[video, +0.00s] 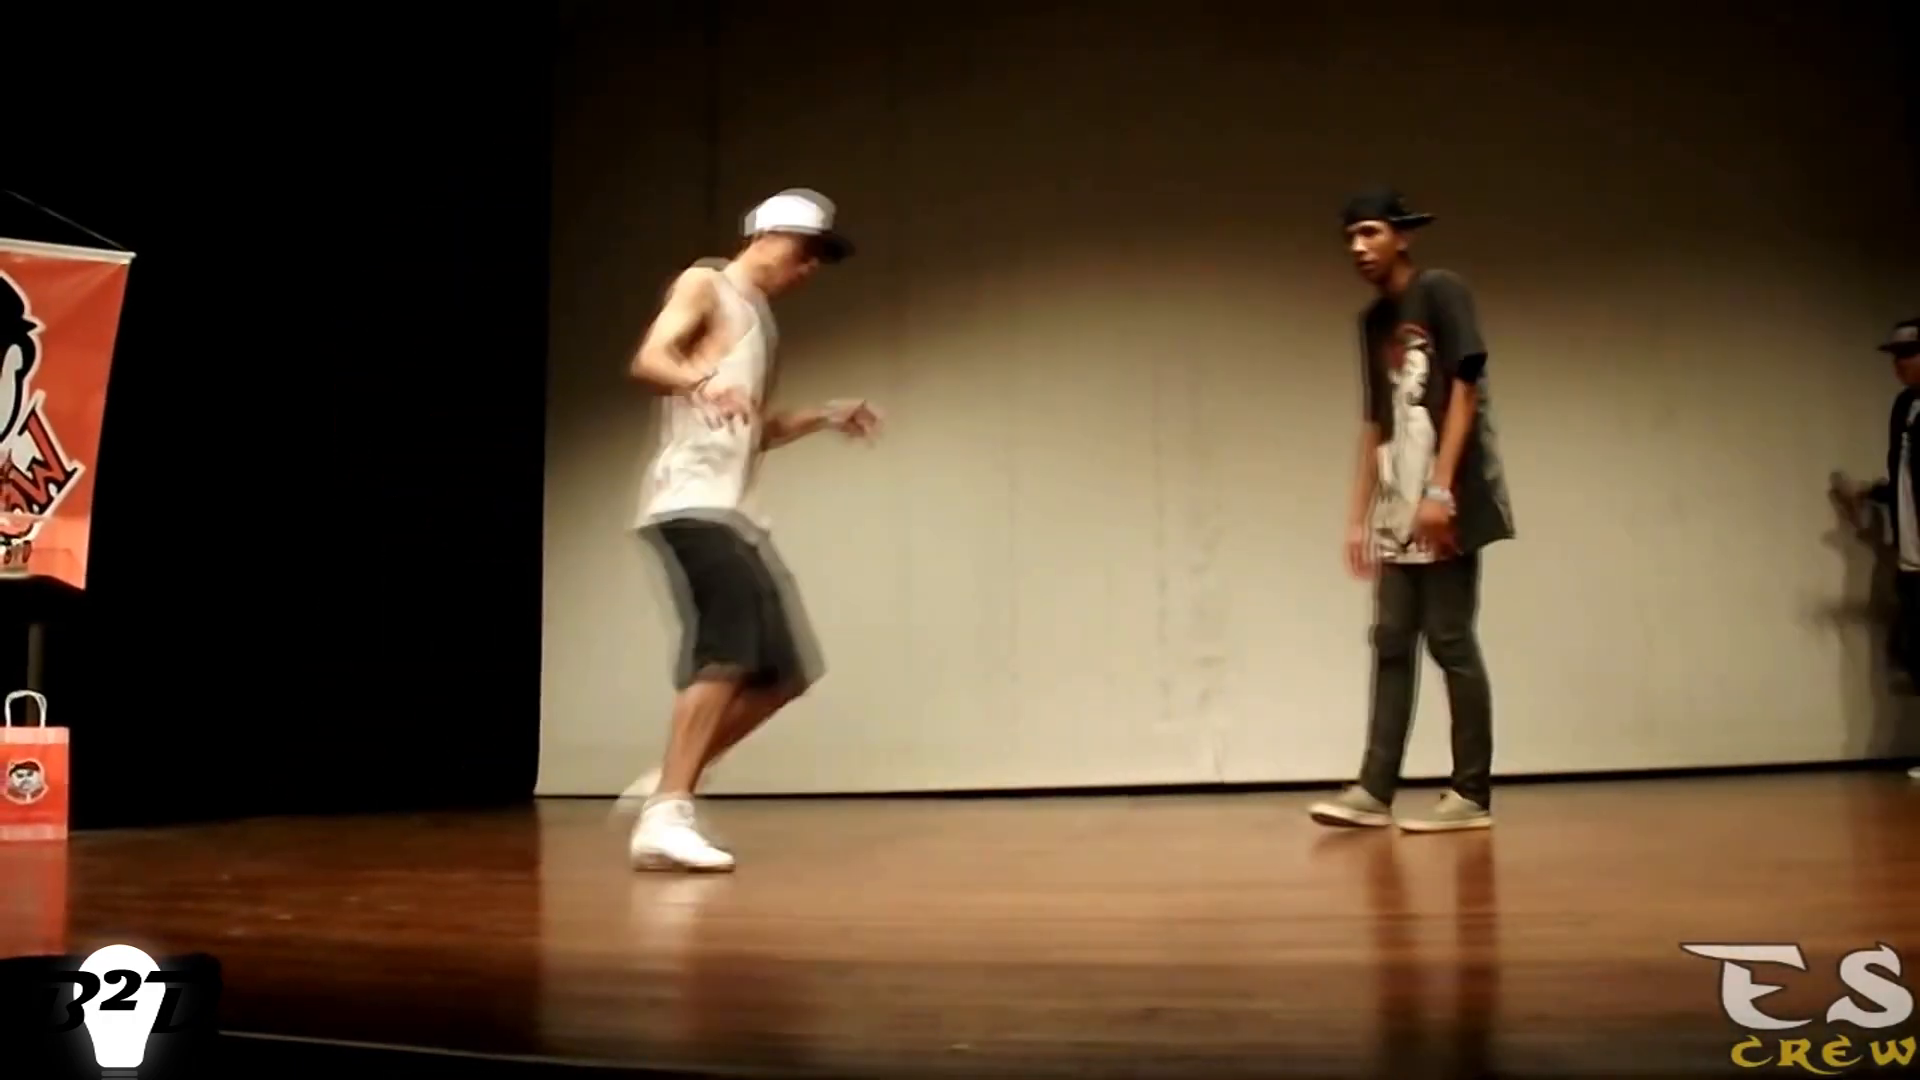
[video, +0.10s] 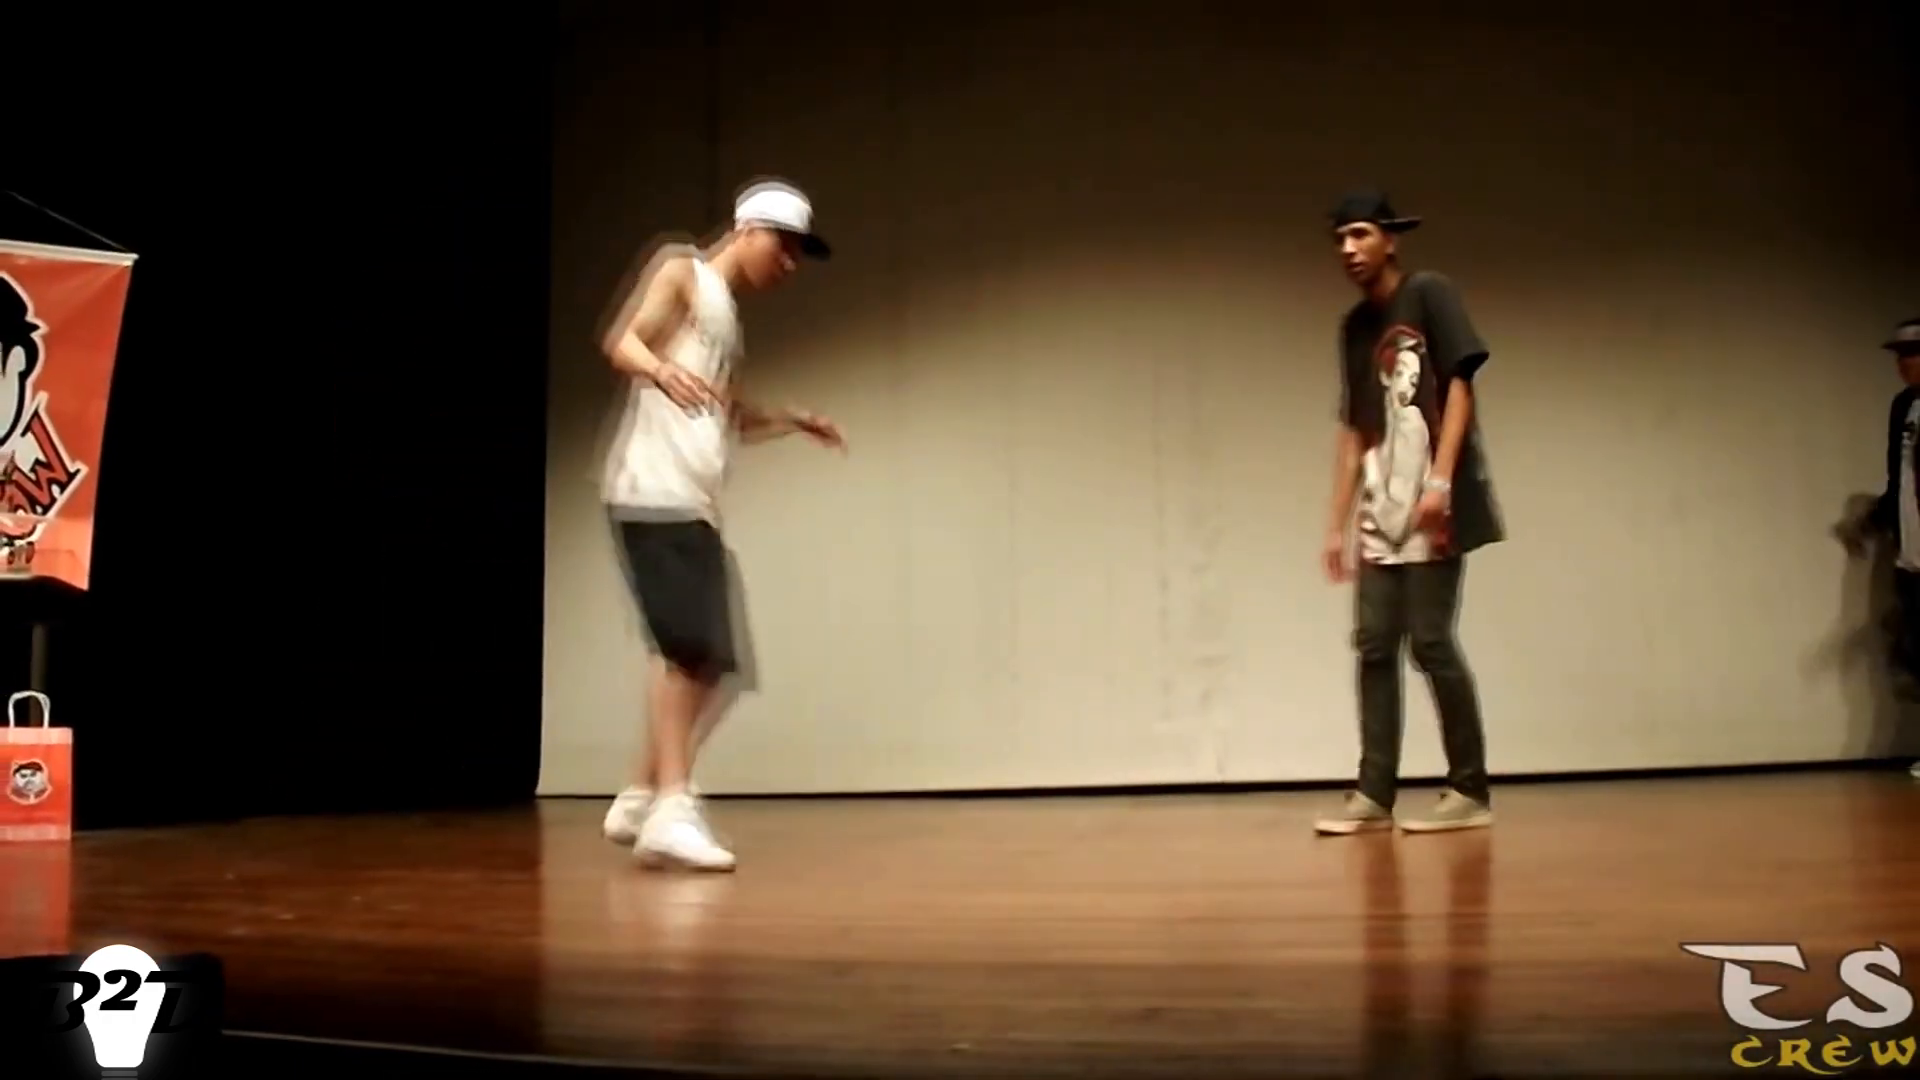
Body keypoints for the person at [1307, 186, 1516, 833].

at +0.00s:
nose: (1359, 247)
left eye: (1370, 233)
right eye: (1352, 238)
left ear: (1402, 237)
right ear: (1352, 248)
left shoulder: (1441, 293)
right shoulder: (1372, 321)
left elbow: (1464, 393)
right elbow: (1375, 425)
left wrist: (1441, 491)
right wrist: (1359, 519)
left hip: (1451, 502)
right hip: (1398, 506)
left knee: (1451, 641)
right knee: (1391, 641)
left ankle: (1471, 794)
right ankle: (1375, 790)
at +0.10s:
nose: (1349, 248)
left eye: (1360, 235)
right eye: (1341, 239)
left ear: (1391, 240)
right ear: (1339, 250)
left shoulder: (1428, 295)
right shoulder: (1355, 325)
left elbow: (1460, 389)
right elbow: (1353, 432)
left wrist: (1441, 481)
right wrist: (1337, 526)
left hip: (1433, 505)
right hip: (1379, 510)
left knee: (1431, 641)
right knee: (1374, 645)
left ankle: (1470, 790)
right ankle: (1374, 795)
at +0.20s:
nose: (1343, 247)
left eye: (1354, 234)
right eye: (1334, 238)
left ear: (1384, 238)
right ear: (1331, 248)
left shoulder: (1423, 295)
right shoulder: (1343, 325)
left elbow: (1461, 387)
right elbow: (1337, 431)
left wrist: (1449, 470)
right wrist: (1322, 523)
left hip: (1424, 499)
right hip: (1369, 507)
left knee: (1415, 629)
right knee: (1364, 644)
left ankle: (1459, 779)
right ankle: (1375, 794)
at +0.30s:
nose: (1344, 243)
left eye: (1355, 229)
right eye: (1336, 234)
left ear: (1384, 232)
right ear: (1331, 244)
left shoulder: (1423, 292)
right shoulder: (1342, 320)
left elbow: (1466, 382)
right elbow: (1328, 423)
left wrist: (1464, 469)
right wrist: (1307, 513)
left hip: (1422, 493)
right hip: (1366, 501)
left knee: (1414, 614)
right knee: (1368, 643)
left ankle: (1465, 761)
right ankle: (1378, 795)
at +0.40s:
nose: (1349, 238)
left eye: (1360, 225)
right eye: (1341, 229)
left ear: (1391, 229)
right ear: (1338, 240)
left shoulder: (1428, 292)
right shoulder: (1348, 315)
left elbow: (1468, 382)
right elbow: (1334, 415)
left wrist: (1481, 474)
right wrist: (1298, 490)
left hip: (1424, 490)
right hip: (1368, 498)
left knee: (1419, 613)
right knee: (1373, 643)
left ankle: (1498, 760)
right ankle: (1382, 794)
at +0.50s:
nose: (1353, 233)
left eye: (1364, 220)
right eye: (1347, 224)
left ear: (1398, 225)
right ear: (1346, 236)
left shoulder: (1437, 287)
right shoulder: (1360, 309)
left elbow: (1472, 383)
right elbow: (1350, 413)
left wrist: (1494, 479)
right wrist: (1311, 483)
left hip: (1428, 493)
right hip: (1372, 502)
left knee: (1435, 623)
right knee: (1375, 641)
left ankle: (1528, 769)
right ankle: (1385, 793)